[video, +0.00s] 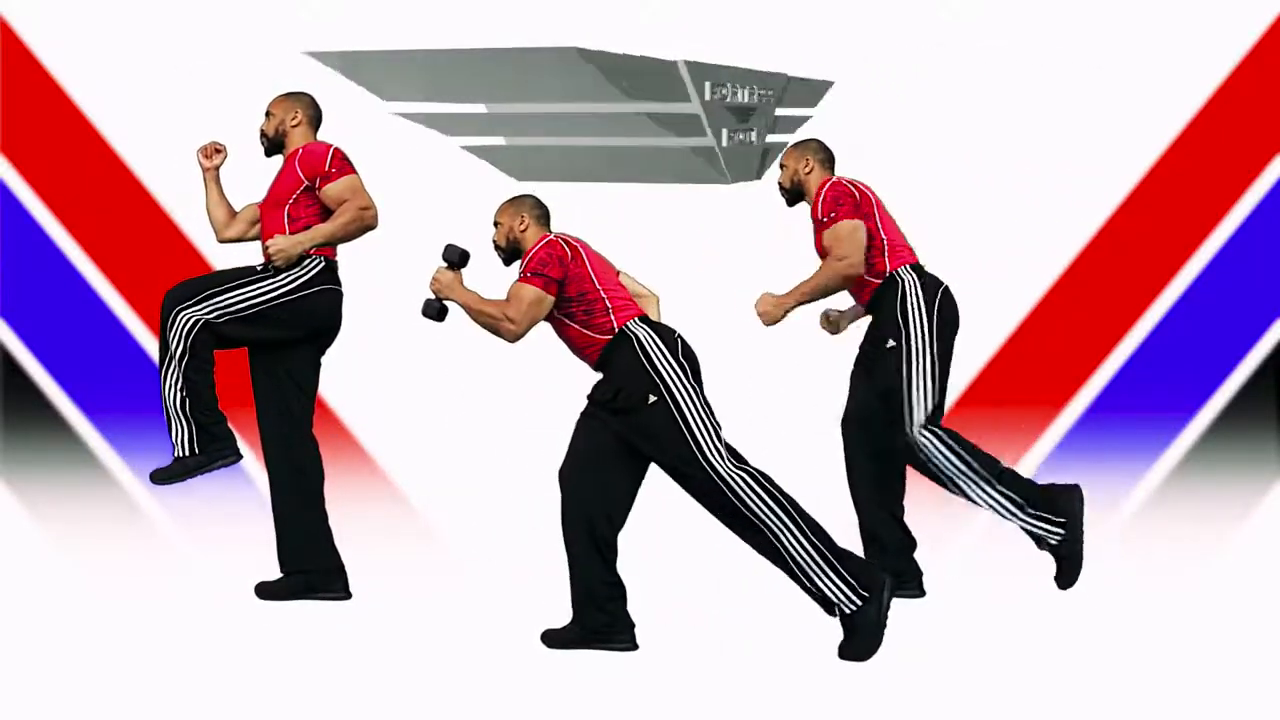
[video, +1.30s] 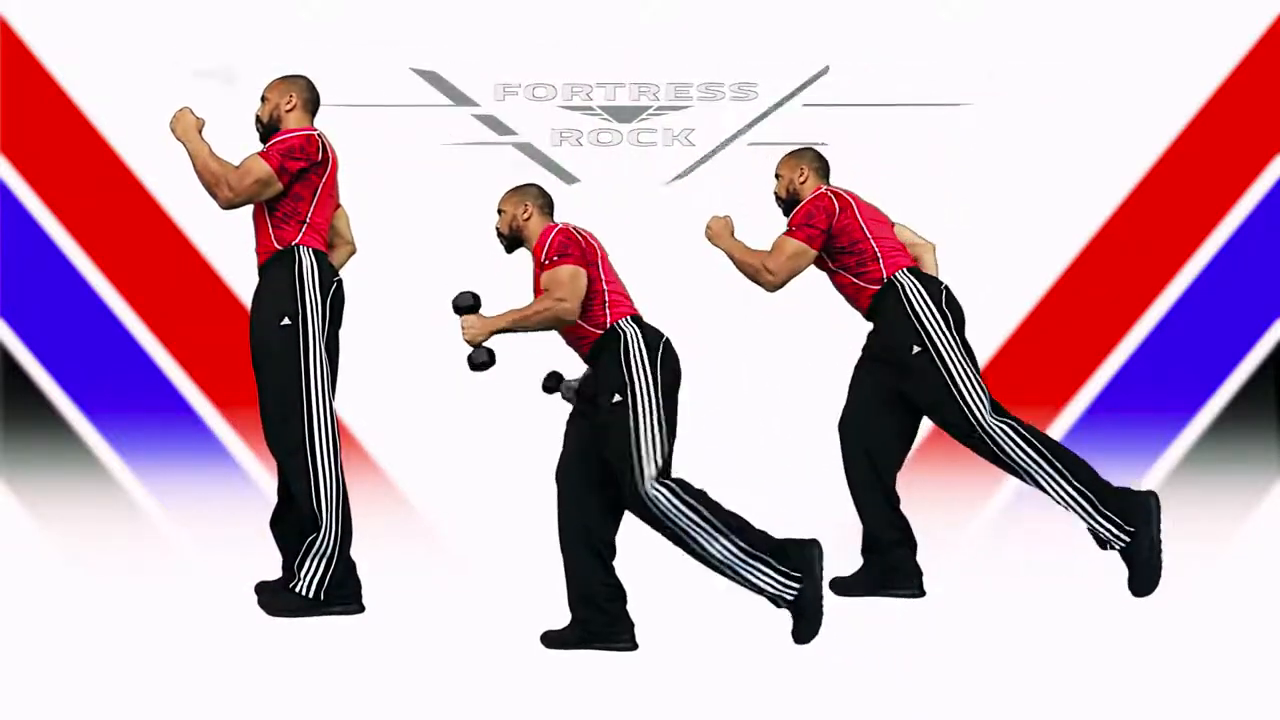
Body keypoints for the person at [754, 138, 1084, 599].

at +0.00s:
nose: (780, 178)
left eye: (784, 167)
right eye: (779, 171)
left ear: (807, 164)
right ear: (813, 165)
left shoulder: (835, 193)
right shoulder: (838, 205)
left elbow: (846, 262)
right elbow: (883, 278)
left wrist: (786, 301)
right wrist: (849, 315)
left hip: (910, 297)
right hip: (887, 317)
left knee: (915, 432)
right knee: (863, 433)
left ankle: (1051, 514)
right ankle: (892, 564)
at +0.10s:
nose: (786, 166)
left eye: (790, 156)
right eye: (786, 158)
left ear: (814, 153)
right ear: (815, 156)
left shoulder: (845, 180)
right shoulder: (835, 206)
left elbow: (891, 231)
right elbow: (855, 286)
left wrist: (854, 297)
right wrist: (799, 287)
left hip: (906, 288)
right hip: (893, 301)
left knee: (842, 397)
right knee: (875, 433)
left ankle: (944, 501)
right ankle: (893, 564)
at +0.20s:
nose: (792, 156)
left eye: (797, 146)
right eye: (792, 149)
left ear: (821, 144)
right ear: (823, 148)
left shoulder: (850, 168)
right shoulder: (843, 200)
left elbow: (917, 201)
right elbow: (816, 269)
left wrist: (917, 268)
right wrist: (766, 241)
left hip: (897, 282)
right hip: (912, 295)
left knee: (797, 341)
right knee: (884, 435)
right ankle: (895, 566)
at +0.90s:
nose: (797, 154)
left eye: (802, 144)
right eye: (797, 147)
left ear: (827, 142)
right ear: (827, 145)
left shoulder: (857, 165)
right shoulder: (845, 198)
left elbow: (912, 209)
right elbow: (824, 274)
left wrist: (886, 279)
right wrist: (768, 251)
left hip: (897, 288)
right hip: (901, 305)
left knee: (788, 327)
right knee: (877, 442)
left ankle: (822, 454)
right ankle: (893, 570)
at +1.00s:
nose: (792, 161)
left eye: (797, 151)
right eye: (792, 154)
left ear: (821, 147)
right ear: (824, 149)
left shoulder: (850, 172)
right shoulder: (836, 205)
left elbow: (880, 234)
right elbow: (855, 290)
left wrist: (822, 288)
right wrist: (798, 295)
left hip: (903, 283)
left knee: (817, 373)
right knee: (882, 435)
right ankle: (891, 572)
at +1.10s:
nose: (785, 169)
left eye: (789, 159)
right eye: (784, 162)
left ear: (813, 155)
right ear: (816, 156)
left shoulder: (840, 183)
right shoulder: (841, 196)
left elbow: (834, 256)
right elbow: (883, 281)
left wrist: (764, 273)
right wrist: (851, 324)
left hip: (907, 292)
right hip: (883, 310)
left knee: (885, 421)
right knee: (866, 433)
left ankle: (1014, 497)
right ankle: (892, 566)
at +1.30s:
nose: (774, 188)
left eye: (779, 178)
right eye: (774, 180)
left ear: (806, 174)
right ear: (813, 179)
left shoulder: (821, 204)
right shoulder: (848, 209)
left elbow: (770, 272)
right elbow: (922, 248)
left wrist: (726, 242)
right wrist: (935, 320)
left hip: (910, 303)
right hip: (898, 317)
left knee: (980, 424)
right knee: (863, 438)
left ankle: (1124, 517)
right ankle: (891, 567)